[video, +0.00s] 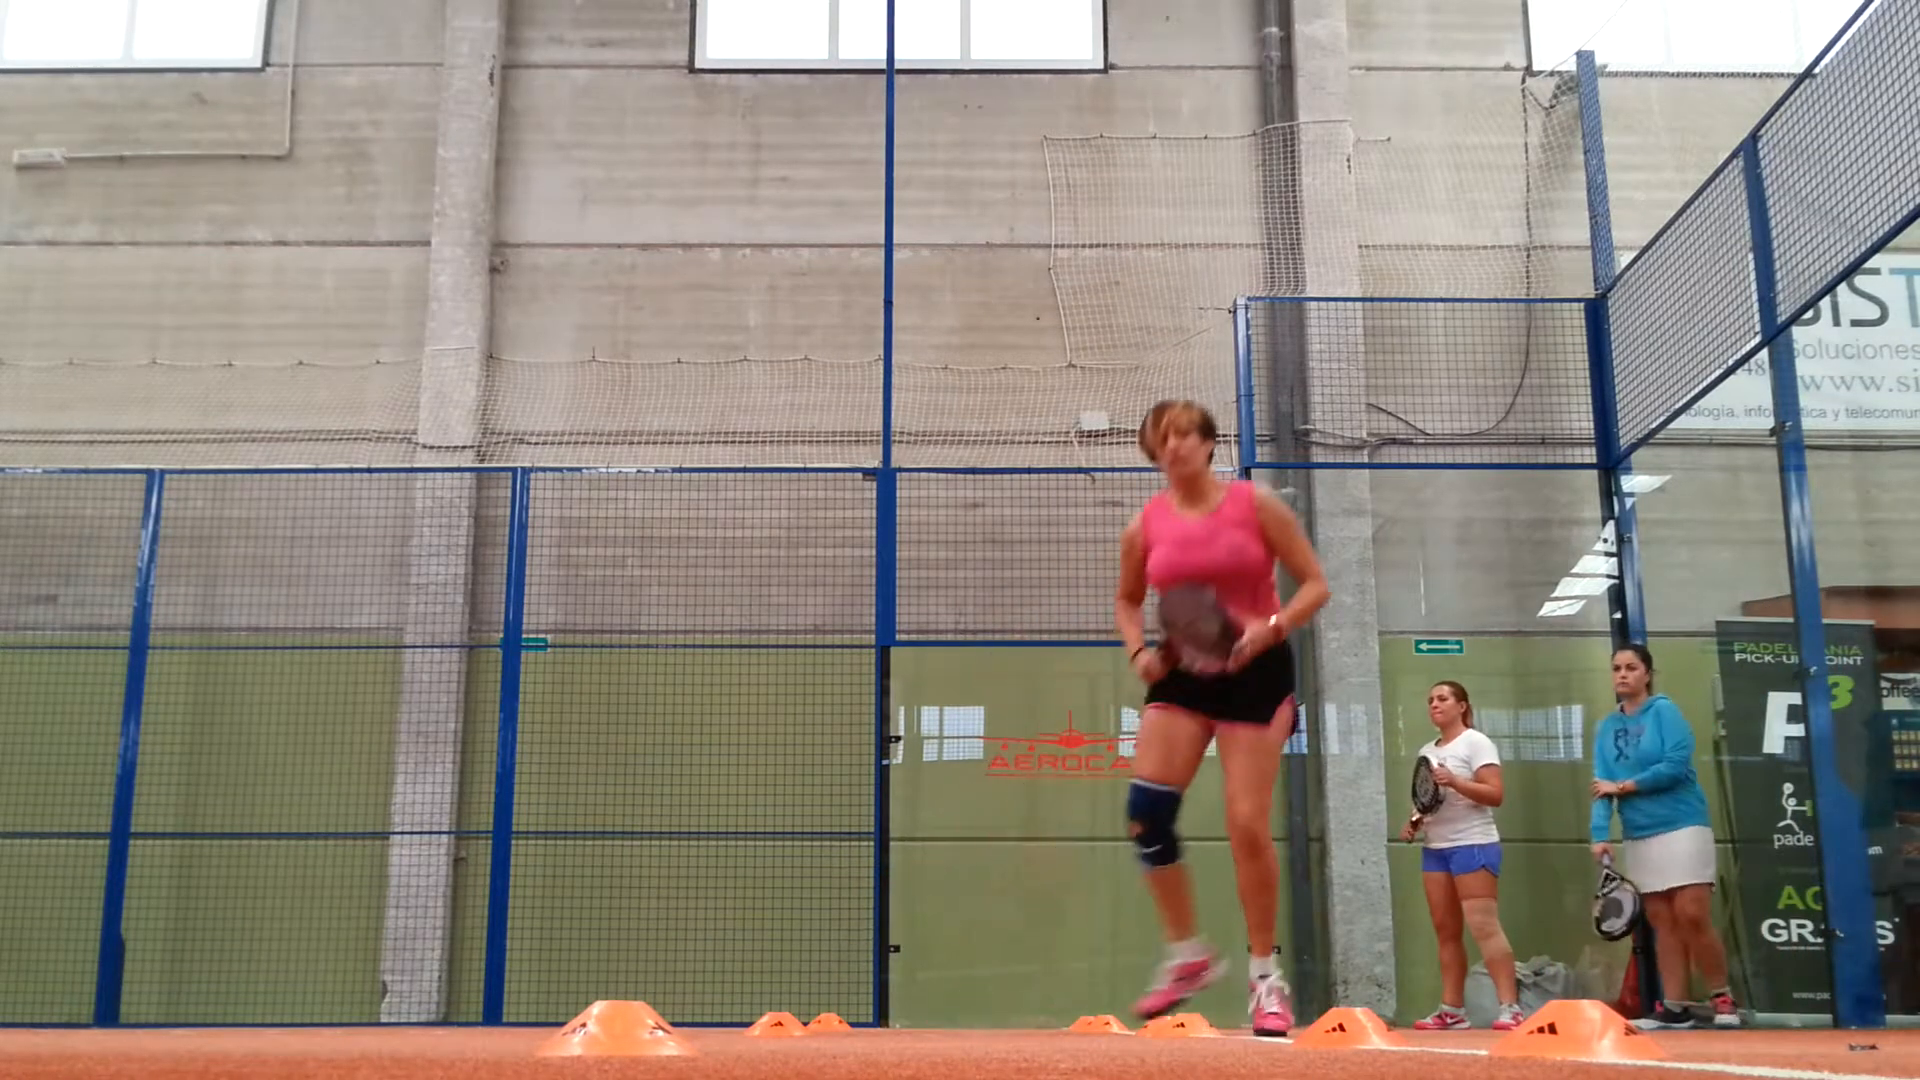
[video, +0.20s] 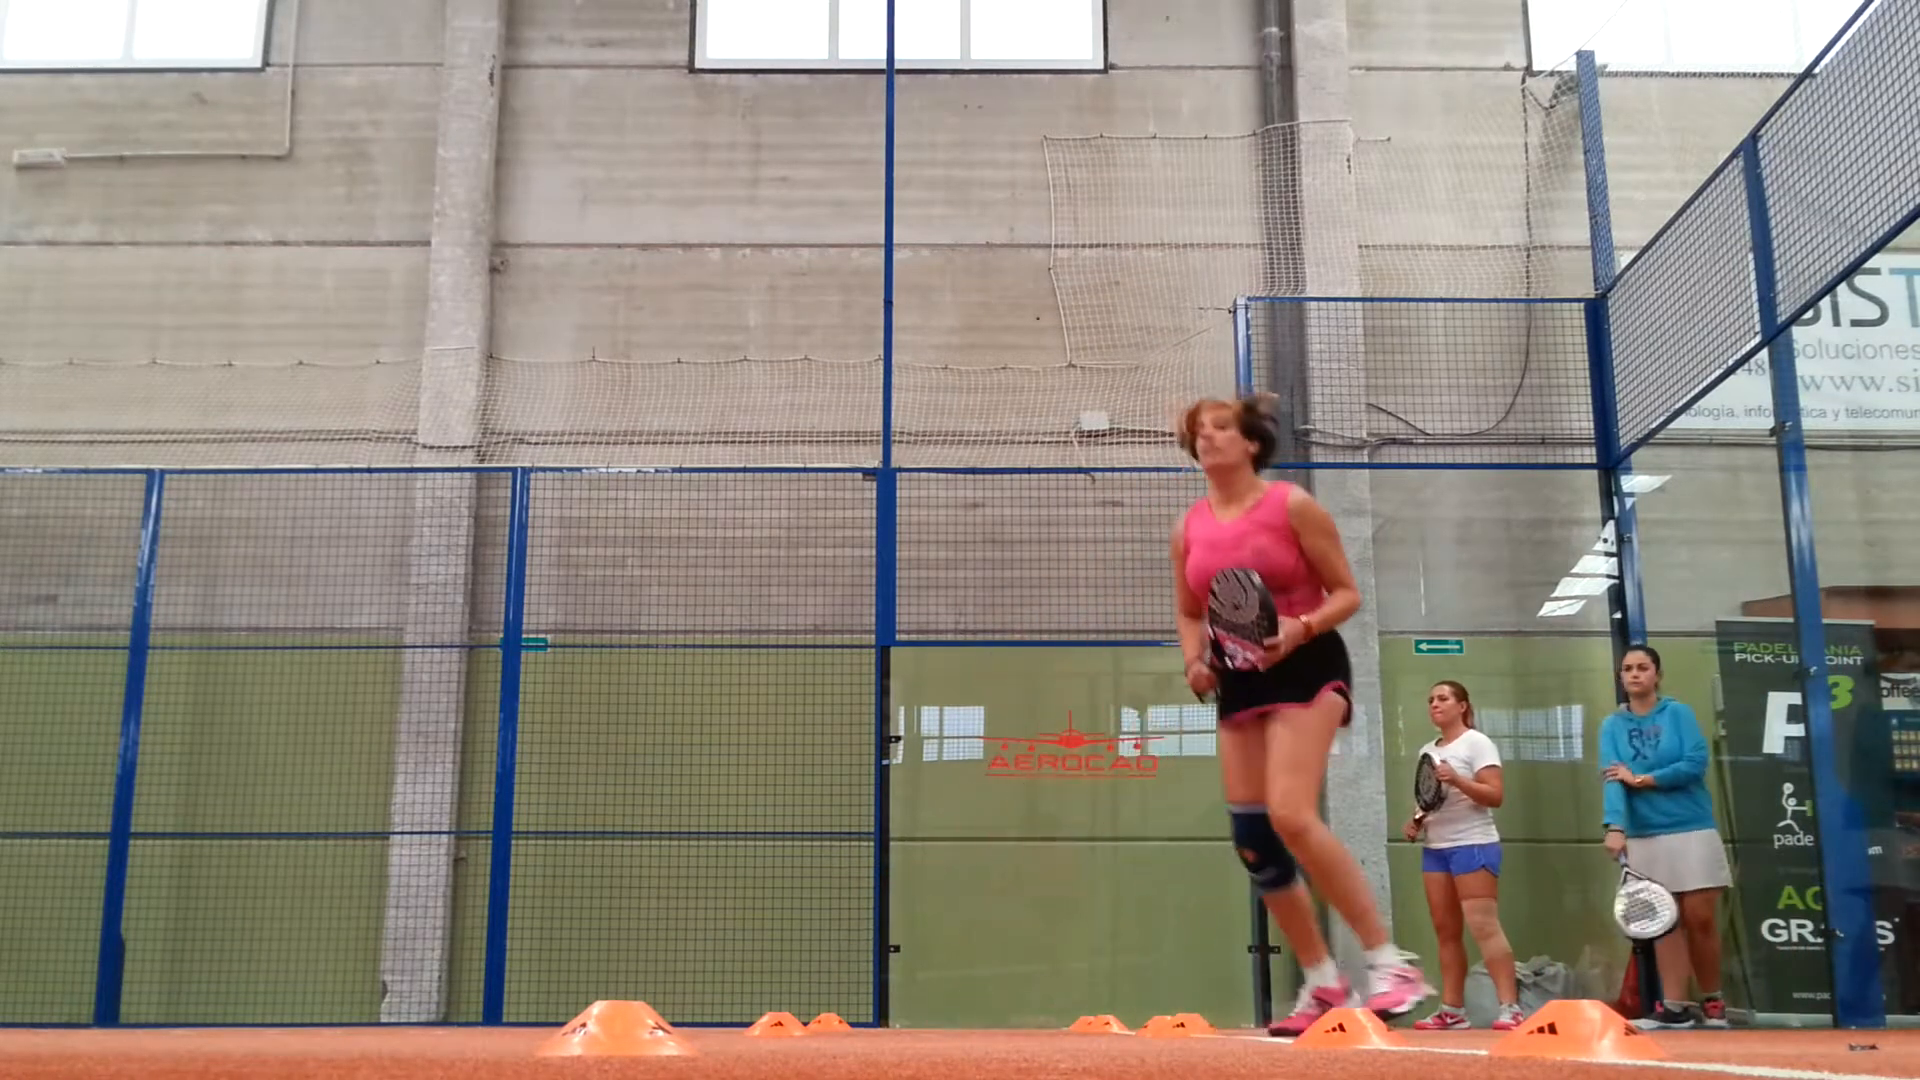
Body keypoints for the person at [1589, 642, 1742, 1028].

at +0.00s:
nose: (1623, 674)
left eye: (1631, 668)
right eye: (1617, 669)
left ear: (1647, 674)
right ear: (1611, 677)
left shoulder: (1665, 710)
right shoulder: (1607, 727)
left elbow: (1677, 766)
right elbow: (1603, 786)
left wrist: (1626, 785)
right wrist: (1599, 836)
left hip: (1682, 823)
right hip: (1640, 832)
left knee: (1690, 912)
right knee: (1660, 920)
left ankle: (1721, 998)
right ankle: (1675, 1007)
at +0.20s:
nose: (1635, 674)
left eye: (1643, 668)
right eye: (1629, 669)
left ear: (1657, 674)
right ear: (1621, 676)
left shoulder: (1679, 713)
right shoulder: (1613, 724)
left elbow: (1696, 762)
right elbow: (1611, 777)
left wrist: (1647, 778)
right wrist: (1615, 825)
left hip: (1690, 829)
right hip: (1643, 835)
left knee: (1700, 917)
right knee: (1662, 920)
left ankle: (1712, 999)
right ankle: (1675, 1006)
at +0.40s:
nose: (1649, 676)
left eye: (1656, 669)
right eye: (1642, 670)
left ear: (1670, 675)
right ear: (1633, 679)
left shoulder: (1691, 714)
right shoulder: (1626, 724)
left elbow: (1710, 765)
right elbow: (1628, 769)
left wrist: (1657, 771)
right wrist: (1629, 818)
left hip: (1699, 828)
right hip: (1654, 832)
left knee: (1704, 918)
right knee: (1665, 919)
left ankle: (1711, 1002)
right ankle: (1673, 1007)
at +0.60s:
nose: (1660, 678)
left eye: (1667, 671)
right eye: (1653, 673)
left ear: (1682, 677)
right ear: (1646, 681)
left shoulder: (1705, 718)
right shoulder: (1638, 725)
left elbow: (1725, 768)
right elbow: (1637, 771)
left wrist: (1670, 772)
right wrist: (1631, 809)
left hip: (1706, 832)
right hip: (1656, 834)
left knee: (1703, 921)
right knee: (1663, 917)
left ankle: (1710, 1004)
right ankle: (1674, 1007)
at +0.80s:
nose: (1668, 677)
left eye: (1675, 671)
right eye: (1661, 673)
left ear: (1690, 678)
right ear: (1653, 682)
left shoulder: (1714, 720)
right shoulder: (1642, 726)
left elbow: (1733, 771)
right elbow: (1634, 777)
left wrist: (1679, 773)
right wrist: (1632, 800)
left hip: (1710, 831)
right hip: (1660, 831)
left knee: (1706, 919)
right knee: (1666, 916)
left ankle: (1710, 1004)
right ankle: (1673, 1005)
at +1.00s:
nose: (1669, 678)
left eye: (1676, 672)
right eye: (1663, 674)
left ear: (1692, 678)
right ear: (1655, 683)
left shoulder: (1716, 721)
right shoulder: (1644, 726)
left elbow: (1743, 772)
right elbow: (1632, 773)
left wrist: (1702, 782)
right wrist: (1630, 790)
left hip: (1710, 838)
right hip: (1660, 838)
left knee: (1706, 919)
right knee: (1659, 916)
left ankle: (1710, 1003)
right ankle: (1672, 1001)